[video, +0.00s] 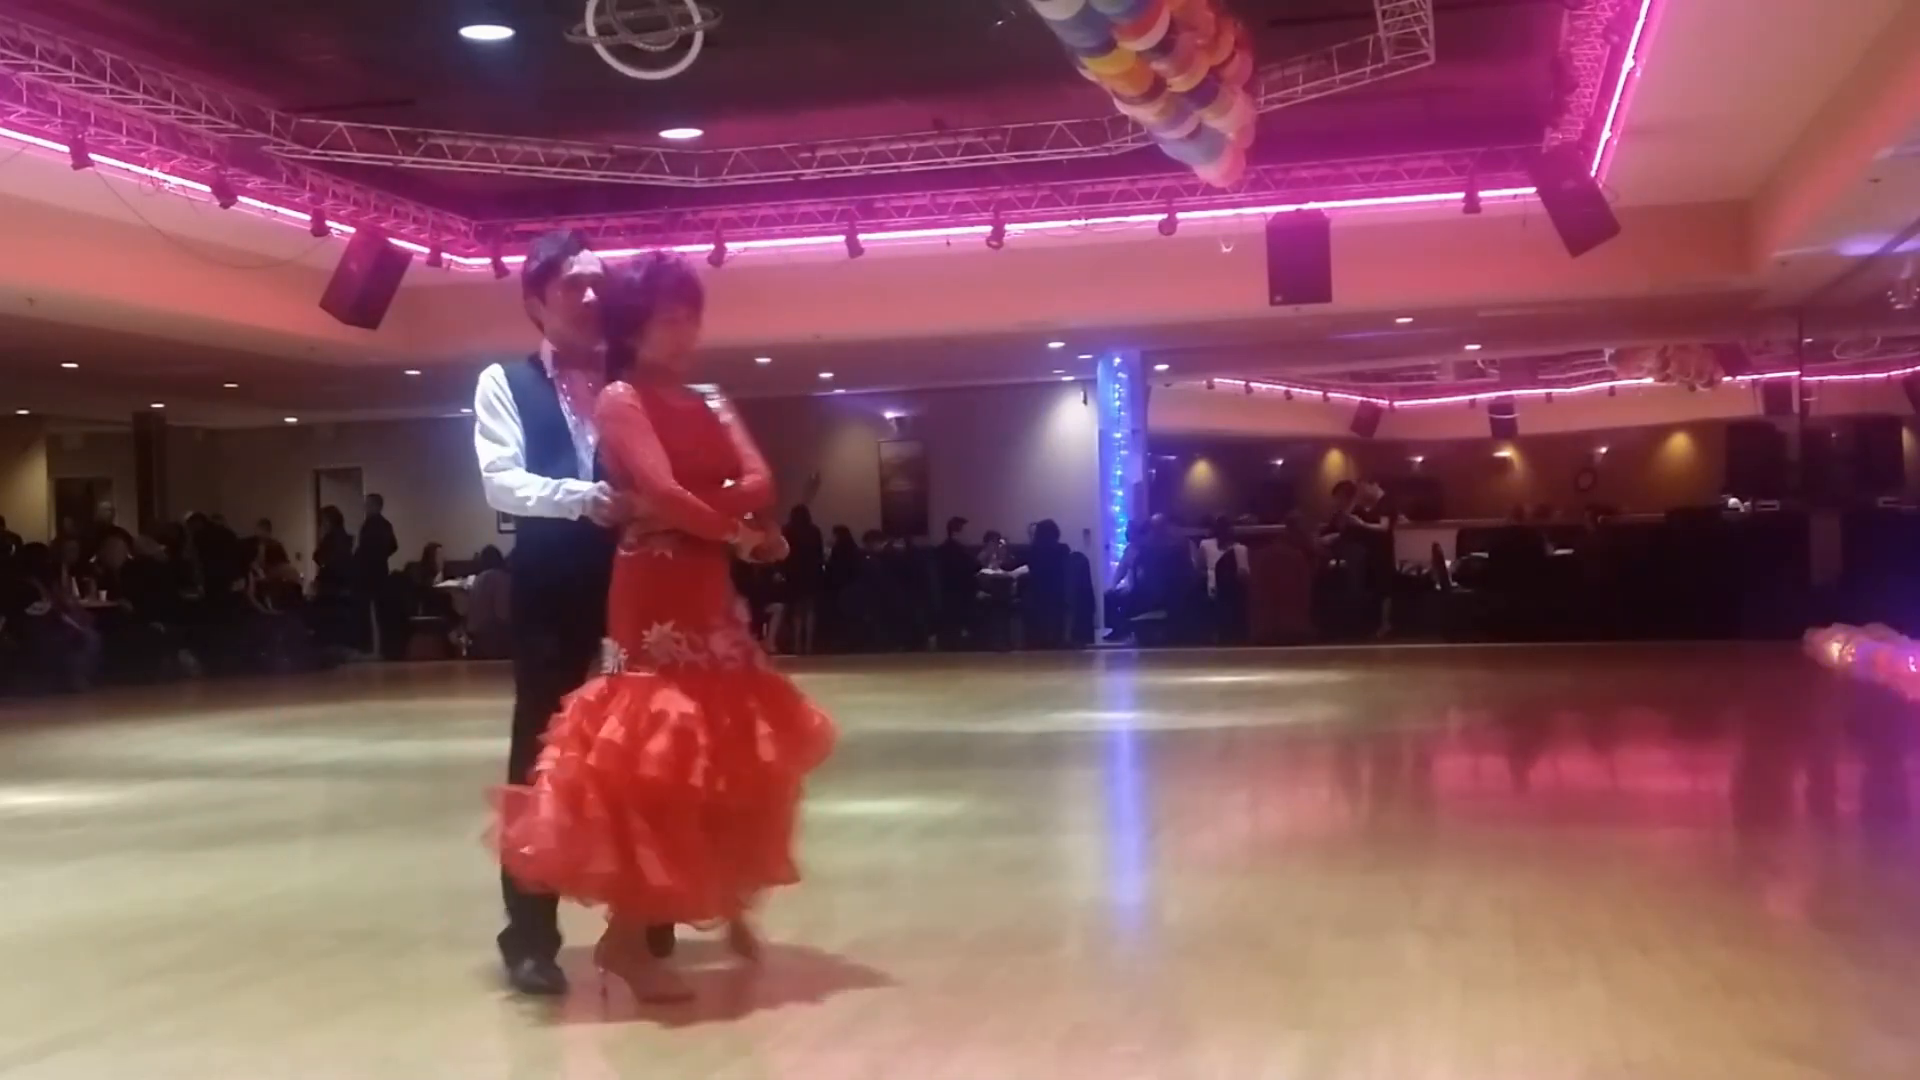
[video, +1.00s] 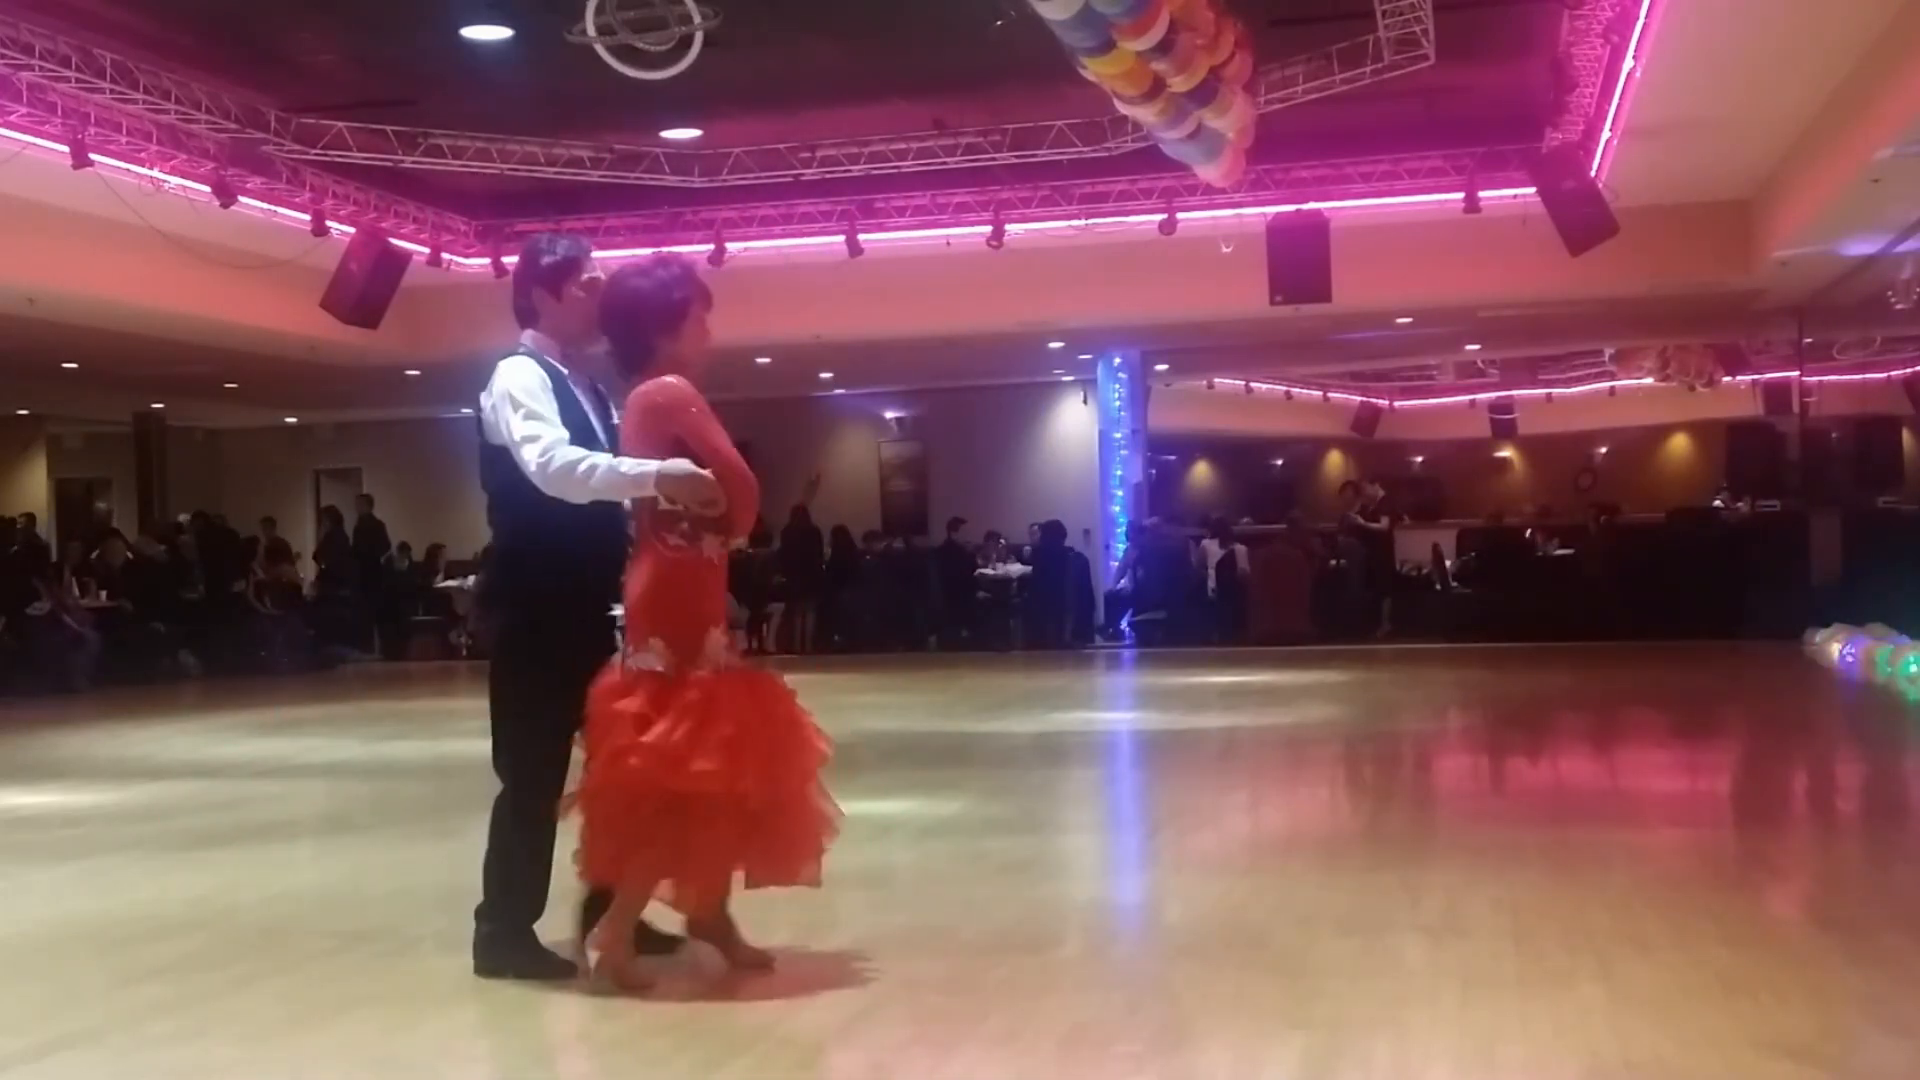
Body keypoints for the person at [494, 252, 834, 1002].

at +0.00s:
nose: (687, 331)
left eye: (692, 316)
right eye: (671, 318)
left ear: (699, 322)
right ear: (633, 326)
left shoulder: (711, 402)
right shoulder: (620, 403)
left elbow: (760, 483)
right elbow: (665, 496)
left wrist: (682, 509)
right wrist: (743, 531)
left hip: (711, 590)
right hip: (651, 594)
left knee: (728, 750)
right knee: (664, 761)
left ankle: (727, 896)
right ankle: (628, 935)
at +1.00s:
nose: (710, 331)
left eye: (706, 316)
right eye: (700, 318)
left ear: (638, 329)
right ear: (670, 324)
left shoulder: (646, 396)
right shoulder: (673, 394)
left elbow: (686, 484)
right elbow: (740, 484)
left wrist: (720, 522)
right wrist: (726, 530)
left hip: (666, 580)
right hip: (681, 583)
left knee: (711, 751)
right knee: (673, 761)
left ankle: (709, 909)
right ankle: (616, 929)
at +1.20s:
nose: (693, 334)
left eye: (688, 322)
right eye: (687, 322)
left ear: (608, 328)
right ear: (671, 330)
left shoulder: (592, 408)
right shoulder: (689, 409)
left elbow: (593, 488)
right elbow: (735, 503)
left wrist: (680, 528)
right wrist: (703, 543)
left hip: (607, 571)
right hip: (671, 577)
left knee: (617, 744)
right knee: (668, 752)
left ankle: (599, 911)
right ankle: (610, 923)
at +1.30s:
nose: (685, 325)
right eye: (679, 313)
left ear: (594, 319)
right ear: (667, 321)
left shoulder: (581, 402)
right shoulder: (685, 399)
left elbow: (577, 482)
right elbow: (726, 493)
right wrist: (694, 545)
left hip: (604, 567)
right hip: (671, 569)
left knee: (598, 741)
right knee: (661, 747)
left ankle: (573, 898)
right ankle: (620, 931)